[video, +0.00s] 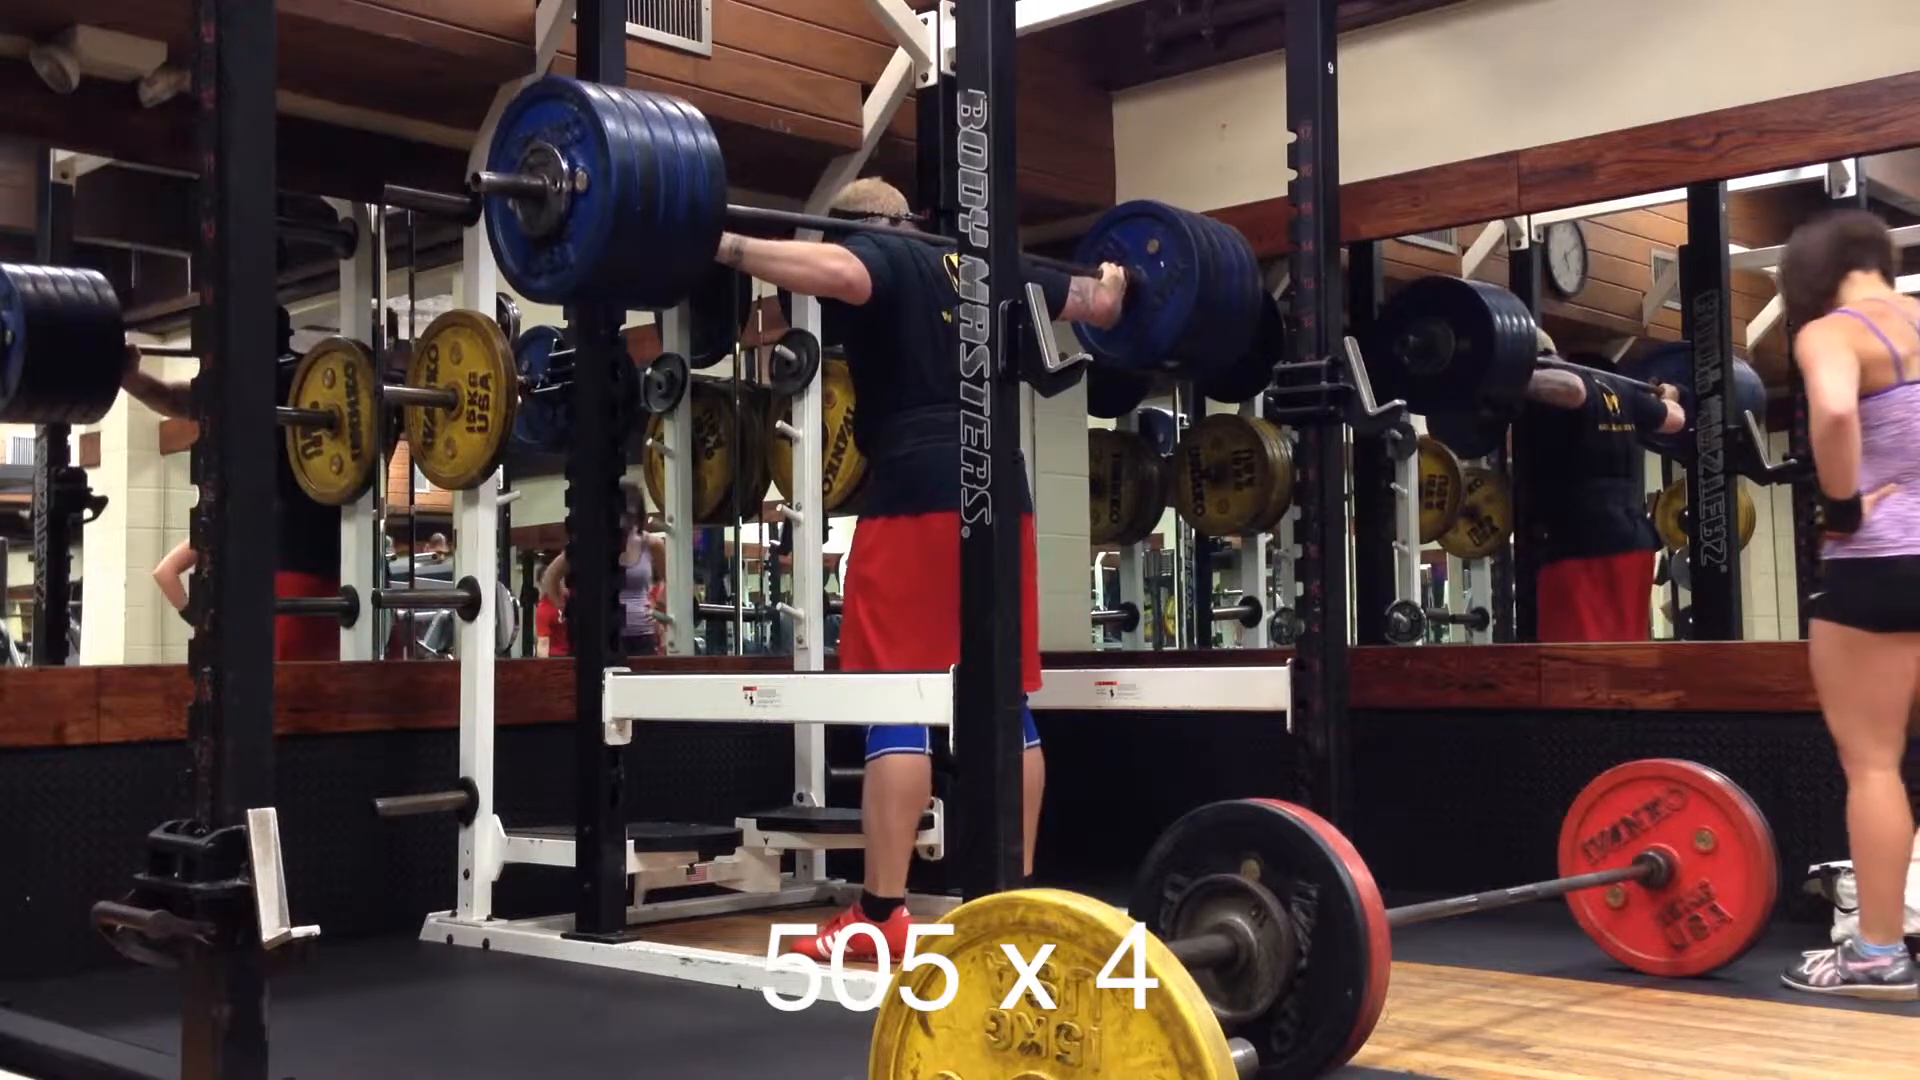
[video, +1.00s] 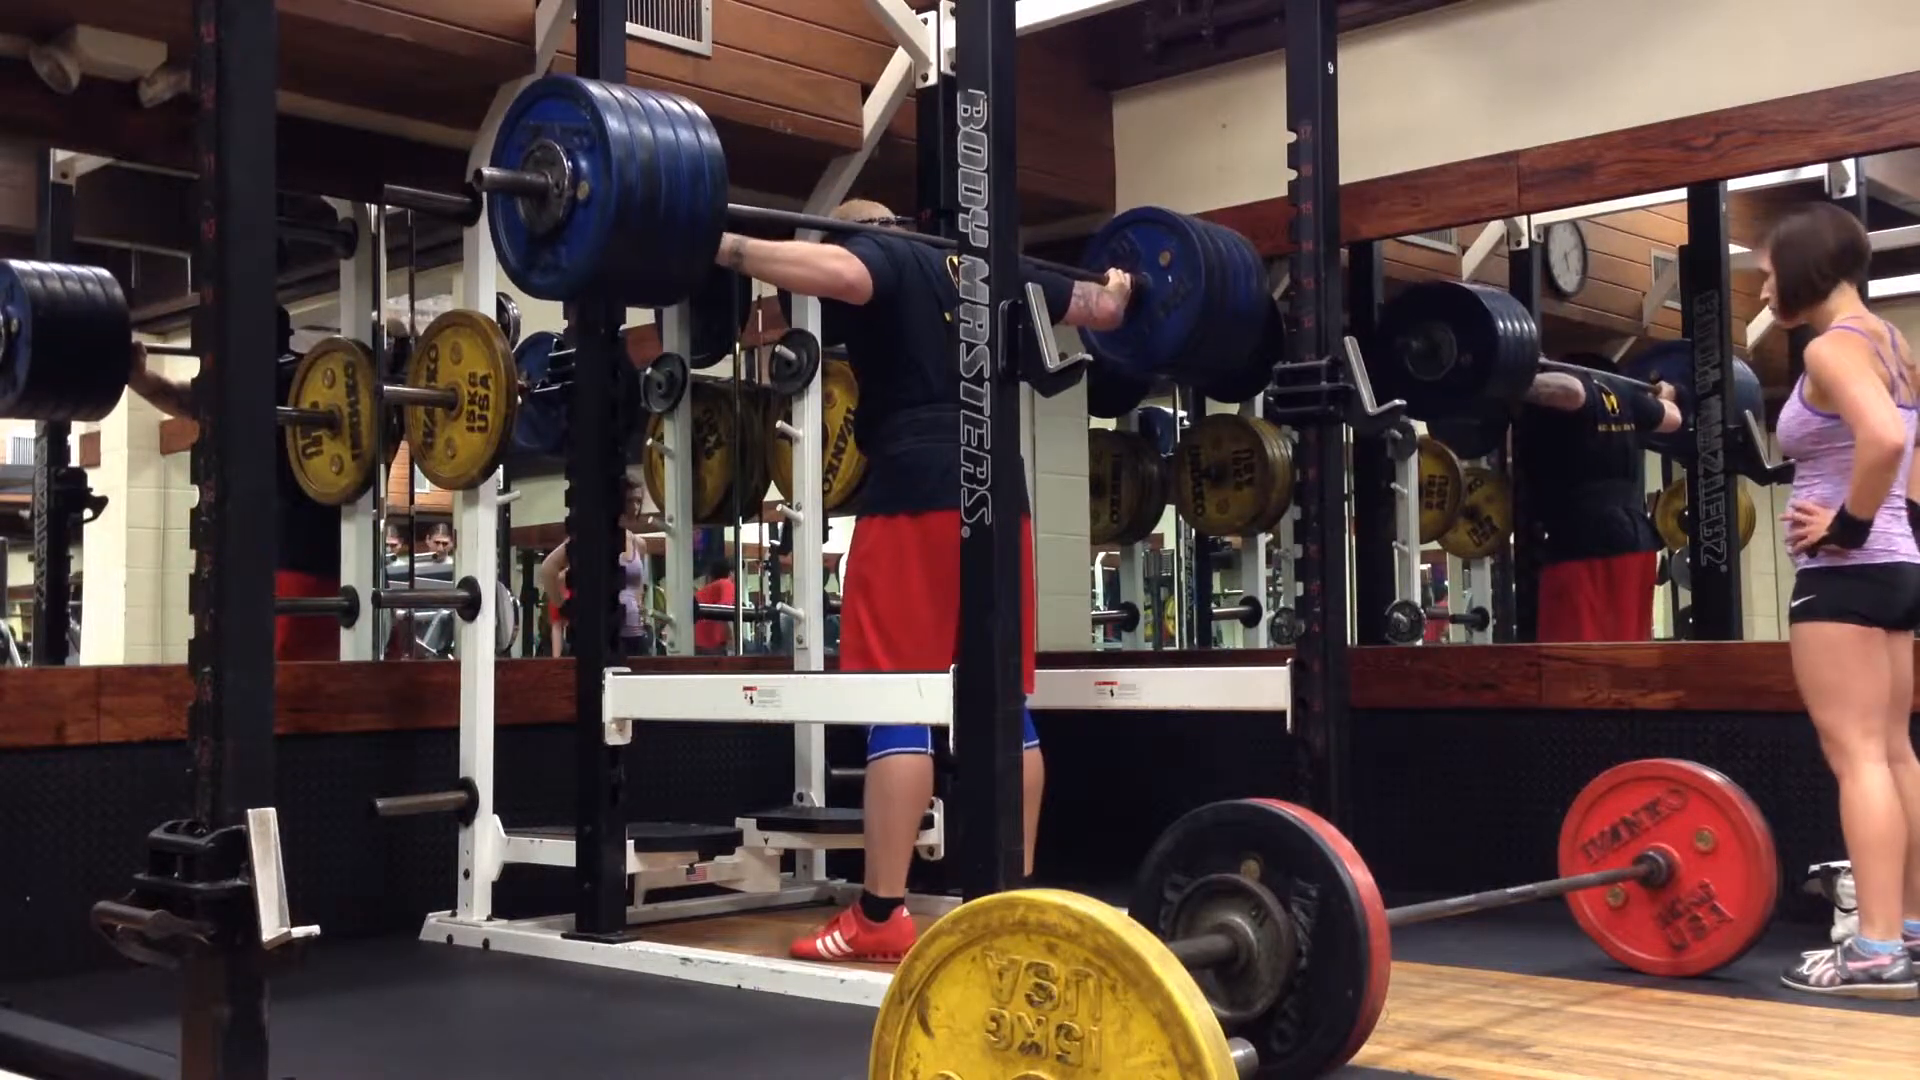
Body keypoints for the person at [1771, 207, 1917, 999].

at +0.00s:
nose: (1792, 289)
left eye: (1794, 275)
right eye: (1790, 276)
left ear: (1813, 271)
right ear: (1880, 264)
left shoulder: (1828, 333)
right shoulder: (1911, 313)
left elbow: (1836, 413)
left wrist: (1843, 509)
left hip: (1878, 561)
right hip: (1903, 557)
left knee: (1872, 761)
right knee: (1879, 756)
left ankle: (1879, 947)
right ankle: (1886, 934)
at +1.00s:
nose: (1762, 283)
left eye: (1767, 268)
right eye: (1762, 267)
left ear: (1795, 271)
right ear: (1848, 264)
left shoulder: (1830, 347)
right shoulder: (1881, 339)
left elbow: (1885, 439)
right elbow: (1904, 456)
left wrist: (1845, 523)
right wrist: (1841, 510)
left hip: (1846, 575)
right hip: (1893, 569)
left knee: (1857, 756)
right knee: (1894, 749)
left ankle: (1877, 943)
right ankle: (1905, 924)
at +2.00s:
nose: (1774, 289)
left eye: (1781, 274)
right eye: (1773, 274)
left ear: (1820, 270)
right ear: (1849, 270)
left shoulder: (1842, 344)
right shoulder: (1882, 339)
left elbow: (1894, 430)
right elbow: (1890, 440)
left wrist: (1852, 522)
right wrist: (1838, 508)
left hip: (1850, 577)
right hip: (1892, 572)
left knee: (1859, 756)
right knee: (1896, 749)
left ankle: (1883, 942)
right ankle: (1897, 930)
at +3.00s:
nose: (1766, 283)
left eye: (1772, 267)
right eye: (1766, 267)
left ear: (1807, 265)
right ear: (1848, 264)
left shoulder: (1832, 344)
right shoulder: (1882, 342)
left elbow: (1885, 432)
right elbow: (1907, 444)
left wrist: (1842, 519)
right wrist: (1892, 516)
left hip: (1842, 574)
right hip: (1887, 569)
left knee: (1855, 758)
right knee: (1888, 750)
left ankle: (1882, 942)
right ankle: (1902, 927)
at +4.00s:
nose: (1759, 283)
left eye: (1764, 267)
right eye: (1758, 268)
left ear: (1800, 264)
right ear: (1838, 263)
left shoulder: (1825, 343)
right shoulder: (1875, 339)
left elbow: (1878, 431)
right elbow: (1907, 444)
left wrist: (1837, 521)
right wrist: (1891, 521)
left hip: (1836, 572)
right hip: (1884, 567)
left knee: (1853, 757)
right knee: (1886, 750)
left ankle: (1882, 943)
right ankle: (1904, 927)